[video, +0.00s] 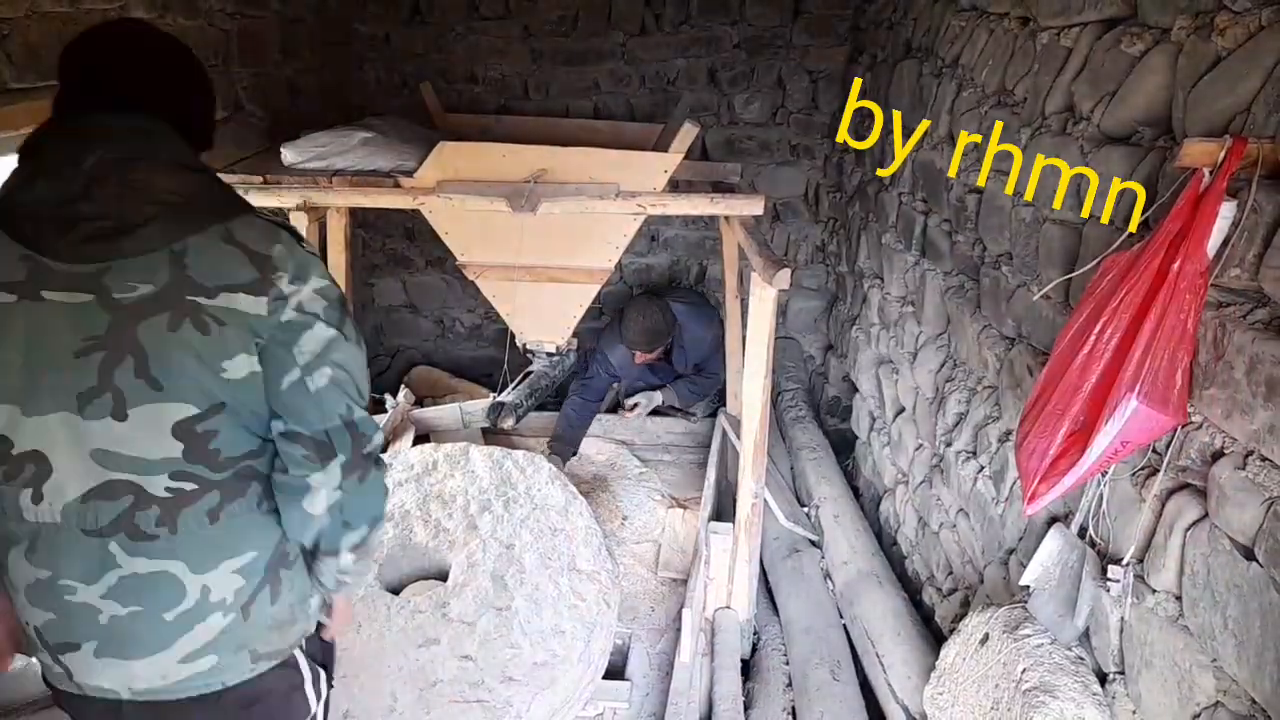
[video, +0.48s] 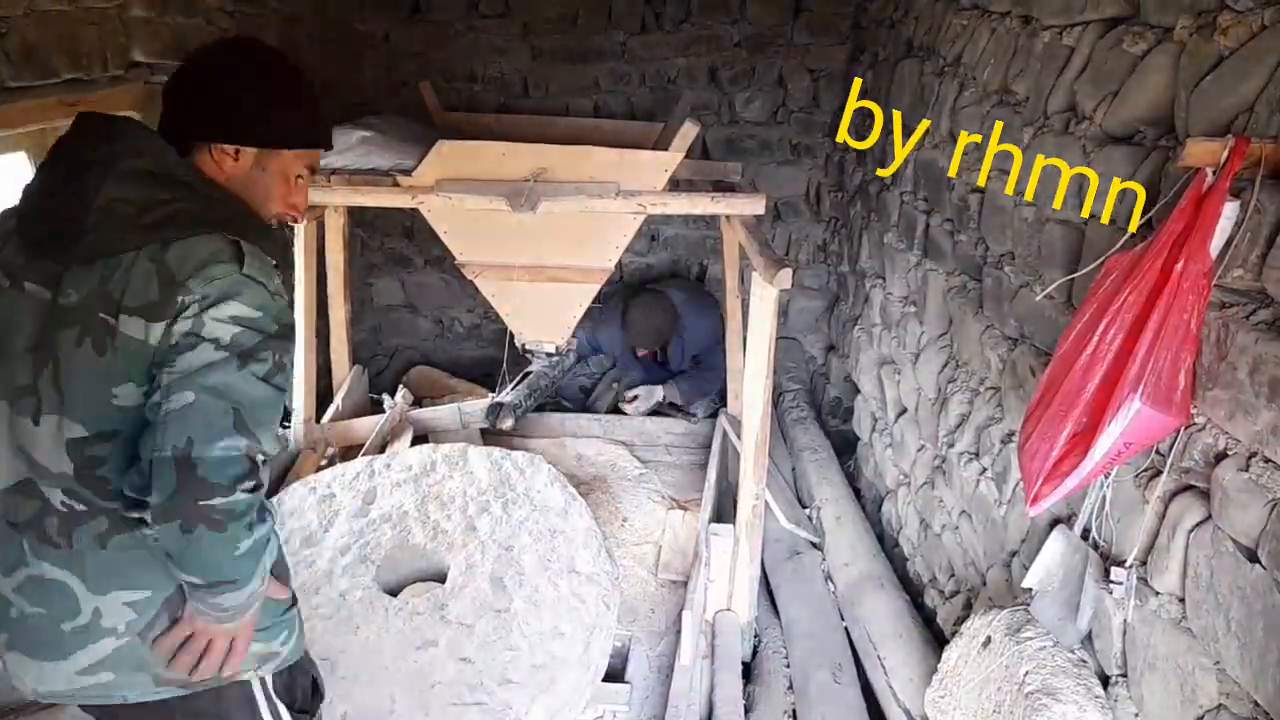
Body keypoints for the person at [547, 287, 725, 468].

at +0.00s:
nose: (639, 359)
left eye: (647, 353)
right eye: (633, 351)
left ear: (666, 343)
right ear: (625, 339)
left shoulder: (704, 338)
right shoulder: (610, 353)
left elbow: (712, 378)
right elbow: (582, 400)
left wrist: (660, 397)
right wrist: (557, 455)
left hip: (690, 370)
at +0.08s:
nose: (634, 361)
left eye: (643, 356)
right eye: (628, 353)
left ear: (662, 345)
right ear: (621, 341)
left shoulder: (702, 341)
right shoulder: (606, 354)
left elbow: (710, 378)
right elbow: (579, 400)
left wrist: (658, 399)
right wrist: (556, 455)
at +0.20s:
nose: (636, 360)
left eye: (644, 354)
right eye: (630, 352)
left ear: (662, 345)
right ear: (622, 339)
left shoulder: (703, 339)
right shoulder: (608, 352)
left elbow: (710, 379)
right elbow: (576, 394)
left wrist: (658, 398)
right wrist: (557, 443)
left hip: (687, 369)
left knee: (698, 407)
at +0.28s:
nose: (643, 352)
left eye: (653, 345)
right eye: (639, 343)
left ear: (672, 337)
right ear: (631, 331)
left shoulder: (708, 335)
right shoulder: (616, 342)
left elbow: (711, 379)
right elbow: (589, 387)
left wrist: (662, 394)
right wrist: (566, 442)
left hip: (689, 368)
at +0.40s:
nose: (643, 347)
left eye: (653, 341)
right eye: (639, 339)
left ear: (674, 333)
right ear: (632, 327)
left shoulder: (709, 333)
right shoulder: (617, 339)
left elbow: (714, 379)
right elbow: (584, 387)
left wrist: (664, 393)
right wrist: (563, 449)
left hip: (691, 368)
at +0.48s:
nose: (641, 353)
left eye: (649, 348)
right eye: (636, 346)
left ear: (667, 337)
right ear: (625, 328)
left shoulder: (703, 324)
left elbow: (714, 373)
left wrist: (662, 393)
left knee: (702, 406)